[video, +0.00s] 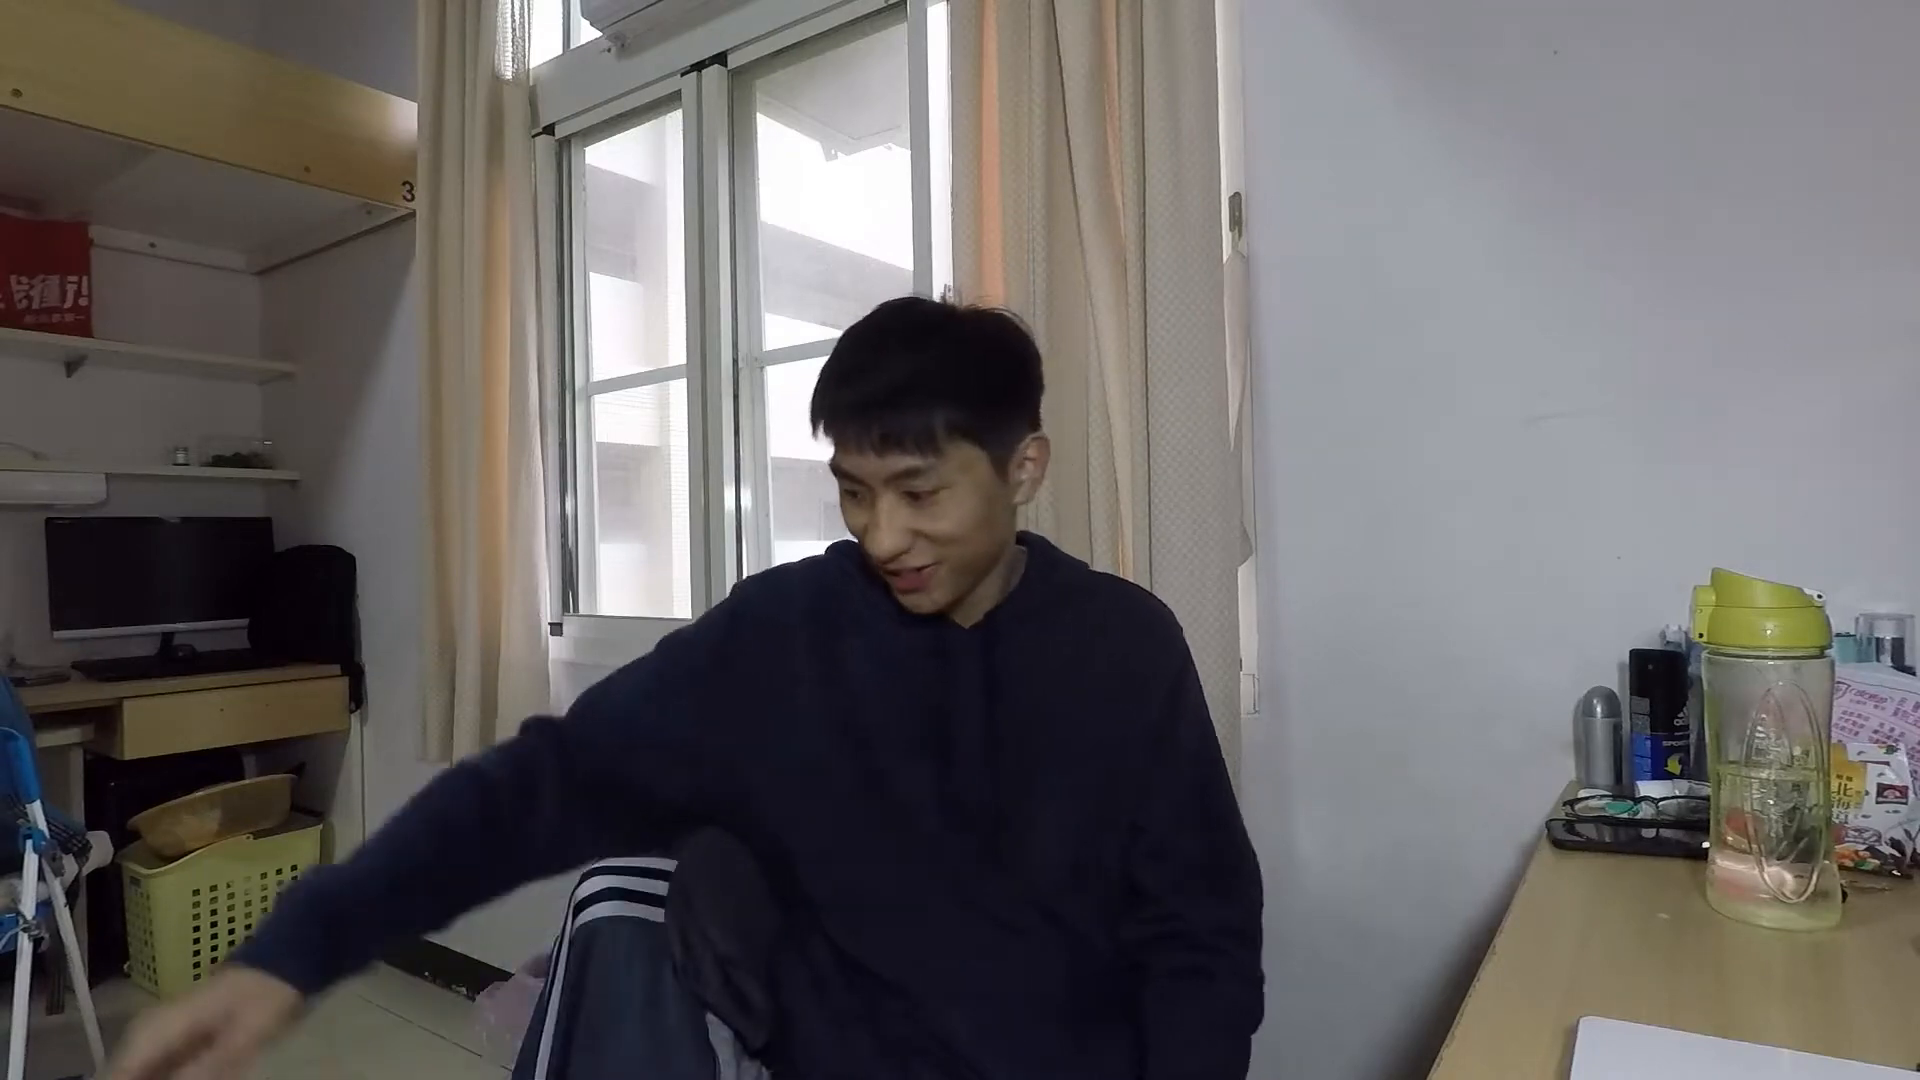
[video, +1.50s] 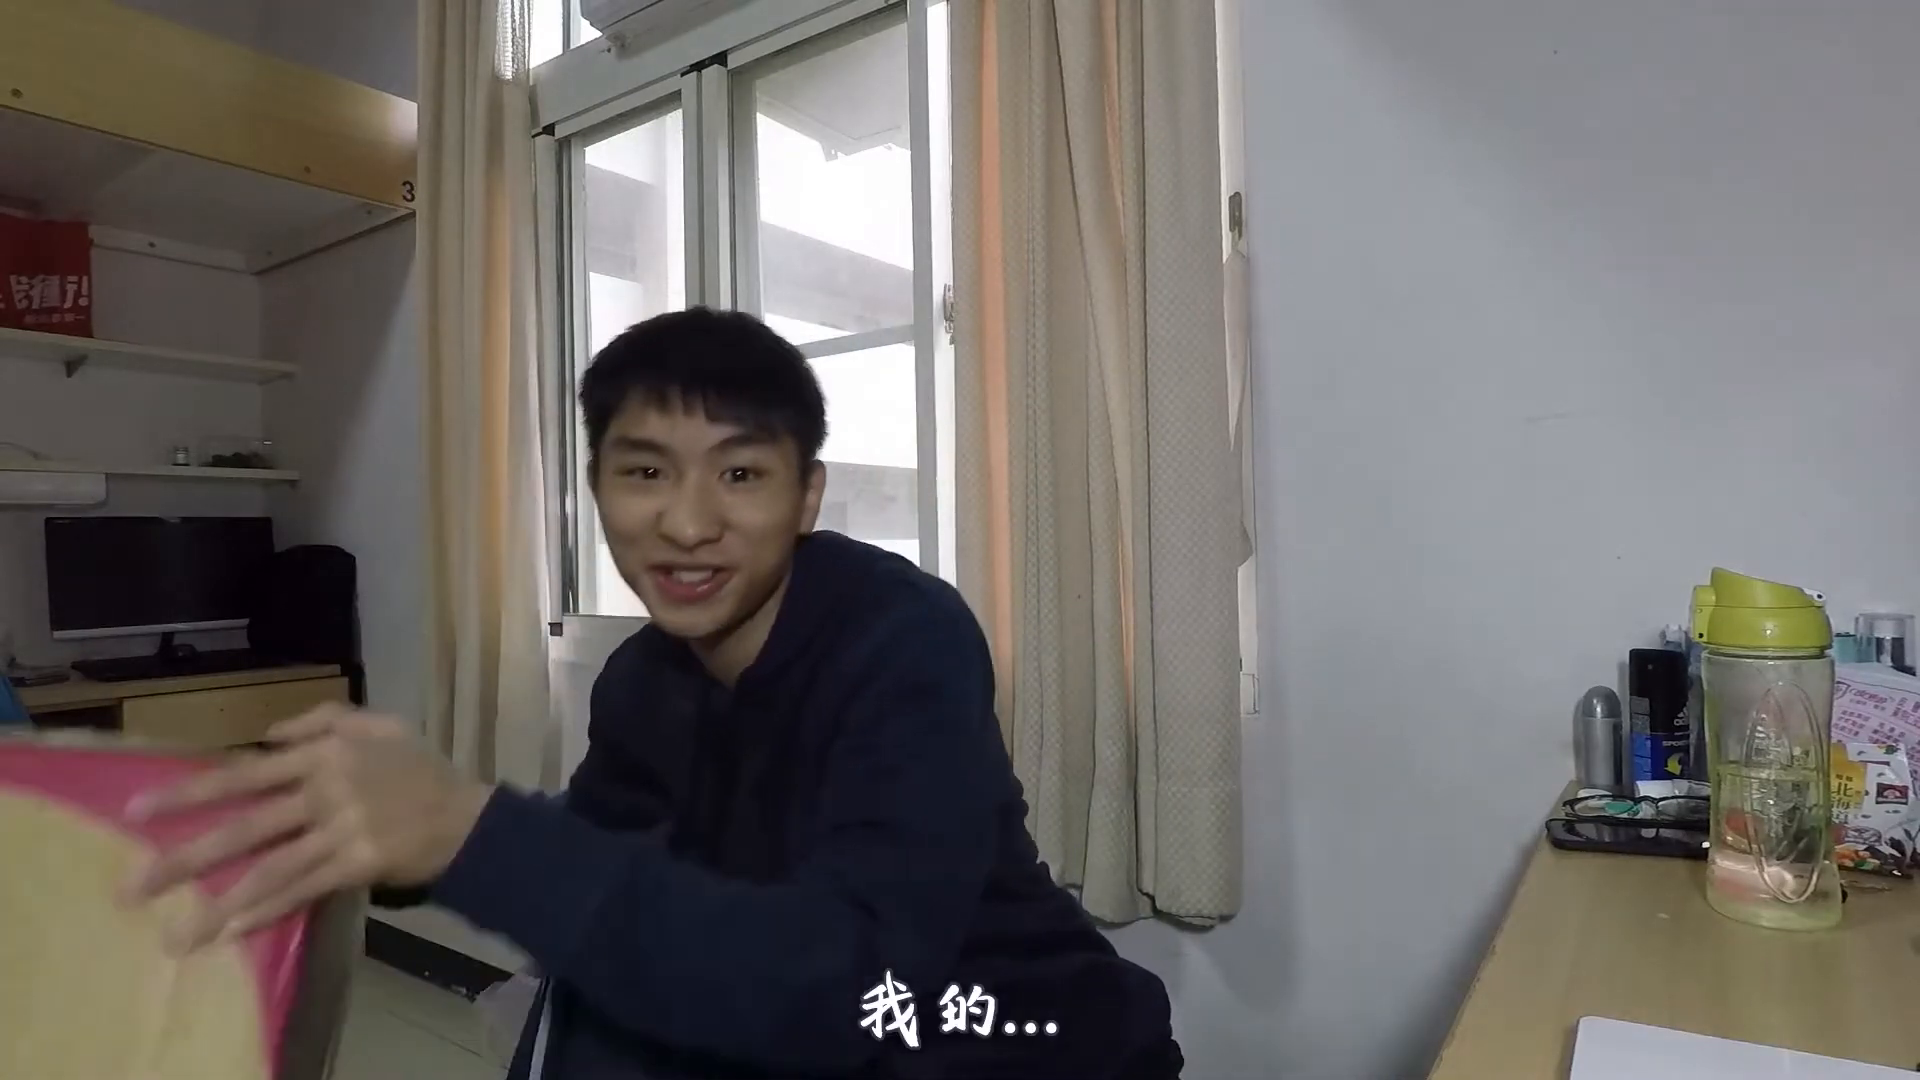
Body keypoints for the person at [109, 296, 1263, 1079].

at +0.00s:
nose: (890, 533)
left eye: (924, 488)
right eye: (859, 495)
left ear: (1022, 463)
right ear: (835, 480)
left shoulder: (1129, 647)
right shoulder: (783, 631)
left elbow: (1209, 936)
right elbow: (544, 784)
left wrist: (1187, 1072)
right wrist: (285, 960)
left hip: (1063, 1052)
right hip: (833, 1037)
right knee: (637, 892)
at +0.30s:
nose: (738, 577)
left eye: (764, 527)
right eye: (714, 537)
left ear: (879, 485)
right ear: (693, 525)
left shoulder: (1051, 633)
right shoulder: (731, 661)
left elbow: (1108, 935)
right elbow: (672, 805)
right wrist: (530, 948)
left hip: (1034, 1021)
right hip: (829, 1021)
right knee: (633, 882)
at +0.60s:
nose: (485, 668)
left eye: (501, 612)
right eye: (462, 633)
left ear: (629, 563)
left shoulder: (795, 683)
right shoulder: (675, 729)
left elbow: (668, 1026)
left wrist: (575, 989)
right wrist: (570, 981)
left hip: (1061, 1050)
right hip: (931, 1045)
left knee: (620, 898)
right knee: (623, 886)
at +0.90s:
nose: (389, 774)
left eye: (412, 699)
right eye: (344, 740)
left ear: (541, 639)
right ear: (327, 753)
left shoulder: (681, 801)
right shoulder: (669, 704)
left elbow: (565, 1064)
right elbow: (594, 925)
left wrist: (536, 1012)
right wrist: (556, 991)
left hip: (1048, 1053)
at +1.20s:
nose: (521, 681)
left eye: (564, 608)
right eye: (468, 631)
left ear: (663, 590)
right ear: (437, 648)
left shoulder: (801, 735)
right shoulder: (639, 714)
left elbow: (729, 1050)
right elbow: (680, 883)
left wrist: (540, 1052)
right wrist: (539, 996)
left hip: (1059, 1051)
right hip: (899, 1035)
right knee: (616, 885)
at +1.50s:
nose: (687, 523)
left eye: (739, 474)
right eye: (644, 473)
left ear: (809, 497)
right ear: (599, 501)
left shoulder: (907, 640)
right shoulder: (639, 684)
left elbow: (866, 970)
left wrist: (471, 835)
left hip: (1032, 1040)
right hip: (801, 1045)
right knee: (593, 1030)